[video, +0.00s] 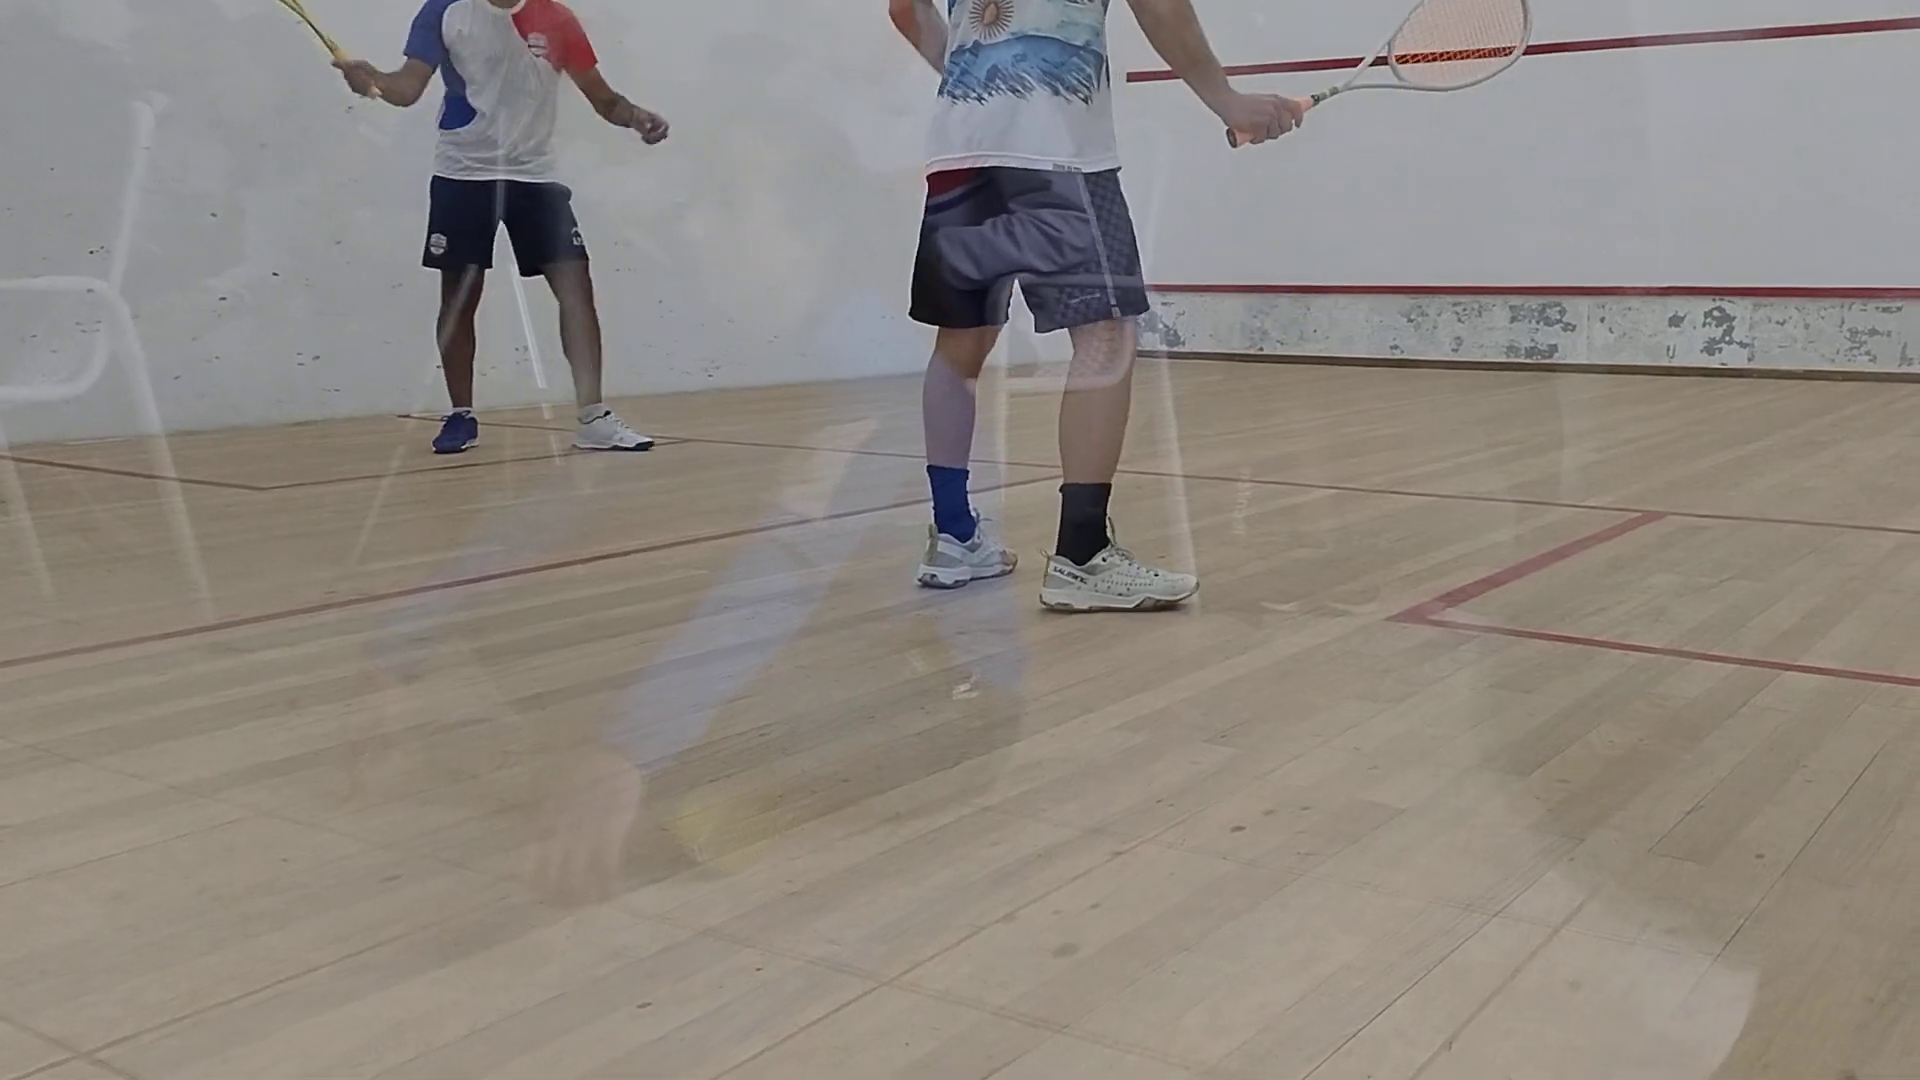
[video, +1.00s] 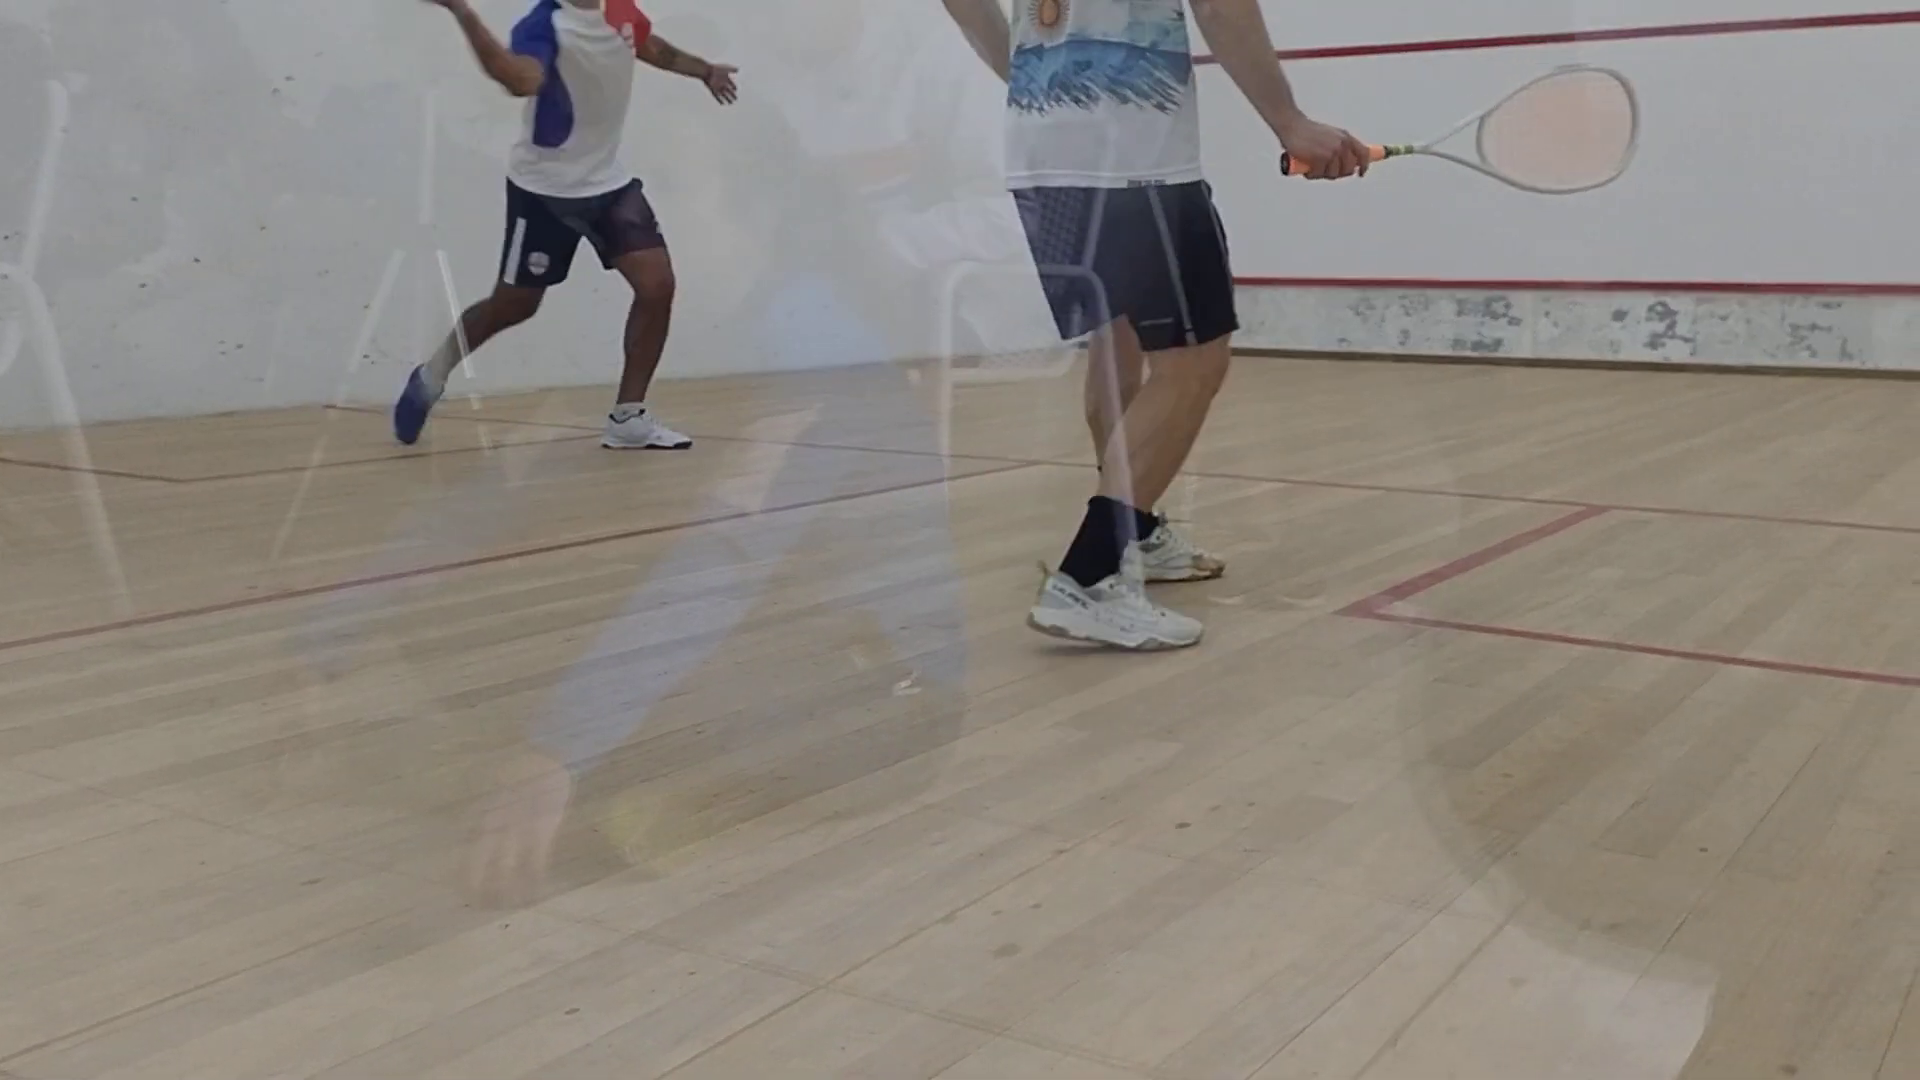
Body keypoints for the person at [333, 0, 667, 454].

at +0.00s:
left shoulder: (554, 17)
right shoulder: (443, 12)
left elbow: (603, 98)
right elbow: (407, 89)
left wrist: (636, 117)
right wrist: (372, 78)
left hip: (535, 173)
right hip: (463, 172)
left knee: (574, 279)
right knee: (461, 290)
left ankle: (592, 417)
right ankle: (460, 414)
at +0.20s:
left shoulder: (520, 10)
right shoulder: (411, 8)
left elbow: (565, 104)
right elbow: (353, 67)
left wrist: (585, 155)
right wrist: (316, 17)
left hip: (514, 167)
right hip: (441, 167)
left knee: (544, 281)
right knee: (443, 291)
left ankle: (554, 415)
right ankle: (450, 411)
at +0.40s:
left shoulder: (506, 3)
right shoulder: (389, 6)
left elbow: (555, 73)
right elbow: (317, 51)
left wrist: (586, 103)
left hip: (500, 156)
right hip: (426, 160)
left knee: (536, 273)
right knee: (426, 284)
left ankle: (548, 406)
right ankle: (433, 408)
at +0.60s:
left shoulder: (518, 2)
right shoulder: (397, 6)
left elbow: (608, 41)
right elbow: (315, 35)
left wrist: (648, 13)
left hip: (510, 156)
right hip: (435, 161)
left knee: (559, 270)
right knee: (425, 284)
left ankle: (595, 403)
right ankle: (420, 407)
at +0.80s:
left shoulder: (564, 10)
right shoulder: (442, 14)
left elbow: (649, 29)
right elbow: (350, 22)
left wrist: (733, 30)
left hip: (556, 174)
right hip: (477, 179)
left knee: (611, 285)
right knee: (440, 297)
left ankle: (633, 417)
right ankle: (413, 406)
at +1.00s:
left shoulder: (624, 13)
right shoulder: (543, 24)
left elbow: (653, 49)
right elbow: (522, 80)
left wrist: (705, 70)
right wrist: (463, 12)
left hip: (607, 181)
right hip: (542, 186)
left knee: (657, 286)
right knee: (516, 302)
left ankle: (627, 416)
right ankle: (430, 377)